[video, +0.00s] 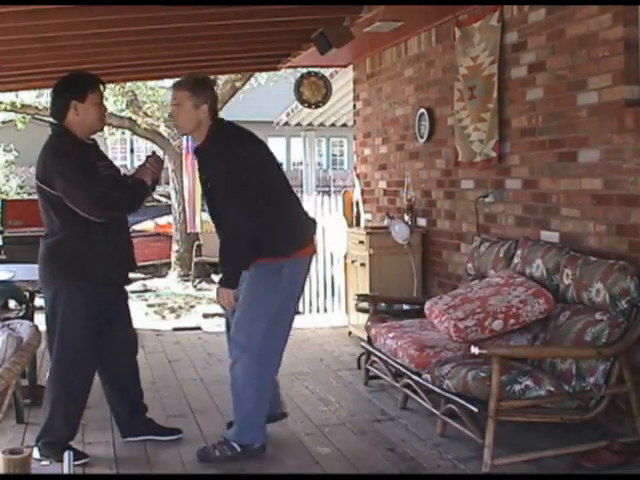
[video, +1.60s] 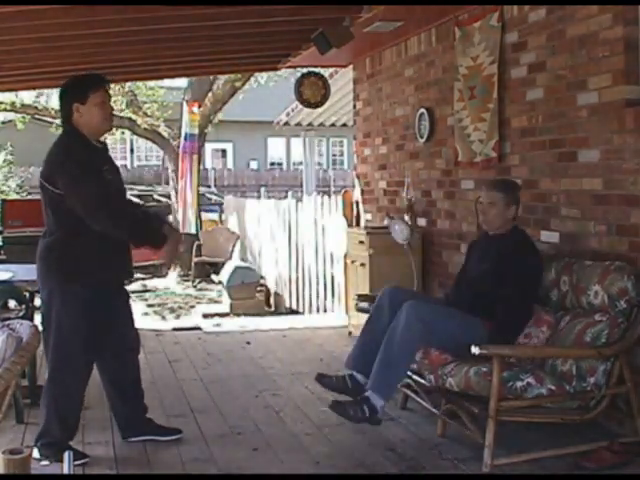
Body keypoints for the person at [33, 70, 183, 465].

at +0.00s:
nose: (105, 110)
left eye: (103, 102)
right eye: (99, 102)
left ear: (76, 108)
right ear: (75, 107)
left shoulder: (89, 151)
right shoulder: (60, 153)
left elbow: (117, 198)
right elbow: (100, 206)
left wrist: (143, 179)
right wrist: (141, 182)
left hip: (103, 275)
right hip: (73, 278)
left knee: (119, 352)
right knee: (72, 363)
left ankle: (134, 424)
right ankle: (52, 444)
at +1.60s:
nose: (112, 110)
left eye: (110, 102)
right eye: (103, 103)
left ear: (86, 110)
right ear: (76, 110)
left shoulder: (97, 153)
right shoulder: (67, 156)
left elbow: (118, 207)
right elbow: (102, 215)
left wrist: (160, 223)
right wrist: (159, 232)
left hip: (103, 274)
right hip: (70, 277)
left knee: (120, 351)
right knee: (69, 361)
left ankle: (134, 424)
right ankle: (51, 444)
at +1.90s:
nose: (104, 113)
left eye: (102, 105)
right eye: (96, 105)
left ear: (76, 111)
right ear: (71, 111)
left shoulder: (90, 155)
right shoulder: (57, 159)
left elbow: (104, 213)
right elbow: (77, 227)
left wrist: (131, 241)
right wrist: (115, 273)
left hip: (100, 273)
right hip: (69, 279)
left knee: (121, 351)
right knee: (72, 365)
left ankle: (134, 423)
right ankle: (52, 445)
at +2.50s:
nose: (102, 126)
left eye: (103, 118)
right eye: (98, 117)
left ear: (75, 116)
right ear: (74, 115)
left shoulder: (78, 157)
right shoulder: (52, 160)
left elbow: (94, 203)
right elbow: (65, 223)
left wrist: (131, 202)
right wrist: (122, 216)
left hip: (95, 279)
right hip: (65, 284)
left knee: (121, 348)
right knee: (79, 364)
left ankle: (135, 424)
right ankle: (52, 445)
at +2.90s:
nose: (107, 120)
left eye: (107, 112)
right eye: (102, 111)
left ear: (80, 112)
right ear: (78, 111)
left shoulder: (88, 156)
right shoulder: (59, 157)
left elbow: (99, 216)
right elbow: (65, 220)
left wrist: (134, 201)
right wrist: (122, 202)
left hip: (99, 278)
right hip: (68, 283)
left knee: (120, 352)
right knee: (76, 364)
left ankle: (134, 424)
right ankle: (51, 446)